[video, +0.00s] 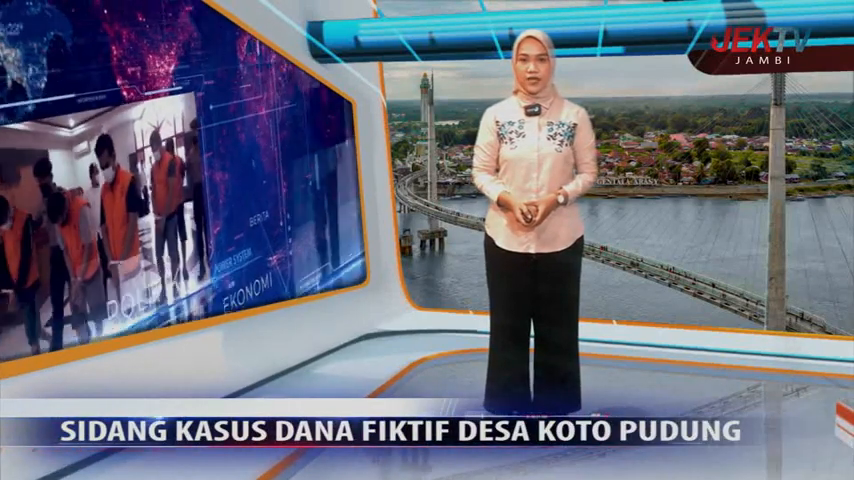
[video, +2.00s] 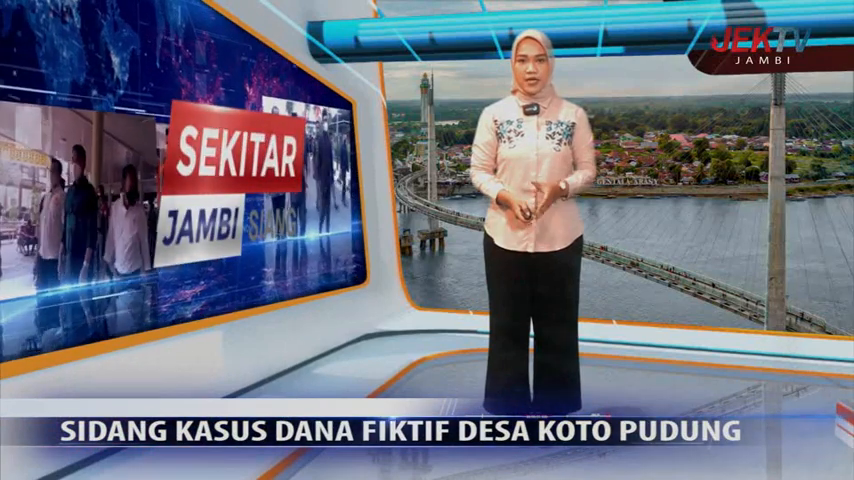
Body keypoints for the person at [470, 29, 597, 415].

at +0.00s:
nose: (532, 67)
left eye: (541, 59)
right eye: (524, 59)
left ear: (552, 65)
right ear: (513, 65)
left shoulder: (575, 116)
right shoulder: (495, 116)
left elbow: (588, 173)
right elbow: (481, 172)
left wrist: (554, 199)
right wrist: (509, 201)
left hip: (559, 243)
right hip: (507, 244)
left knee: (558, 338)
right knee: (508, 336)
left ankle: (557, 422)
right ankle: (507, 422)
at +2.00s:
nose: (531, 67)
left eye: (539, 60)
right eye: (523, 60)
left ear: (551, 65)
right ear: (512, 65)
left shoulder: (573, 115)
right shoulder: (493, 115)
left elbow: (587, 171)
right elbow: (479, 171)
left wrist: (560, 189)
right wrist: (507, 197)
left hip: (558, 242)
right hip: (506, 243)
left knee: (558, 337)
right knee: (507, 336)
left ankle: (558, 422)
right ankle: (506, 422)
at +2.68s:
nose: (531, 67)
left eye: (540, 60)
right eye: (523, 60)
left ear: (551, 65)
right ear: (513, 65)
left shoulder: (574, 116)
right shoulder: (494, 116)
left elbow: (587, 171)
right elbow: (480, 171)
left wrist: (559, 188)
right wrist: (507, 196)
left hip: (559, 242)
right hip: (506, 242)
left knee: (558, 337)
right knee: (507, 336)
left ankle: (558, 422)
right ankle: (506, 423)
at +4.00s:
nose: (532, 67)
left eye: (540, 60)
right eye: (523, 60)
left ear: (552, 65)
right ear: (513, 65)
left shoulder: (574, 116)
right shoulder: (494, 116)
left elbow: (589, 173)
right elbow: (479, 172)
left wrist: (556, 198)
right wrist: (509, 200)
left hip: (559, 243)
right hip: (506, 244)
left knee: (558, 337)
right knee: (508, 336)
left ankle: (558, 422)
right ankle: (506, 422)